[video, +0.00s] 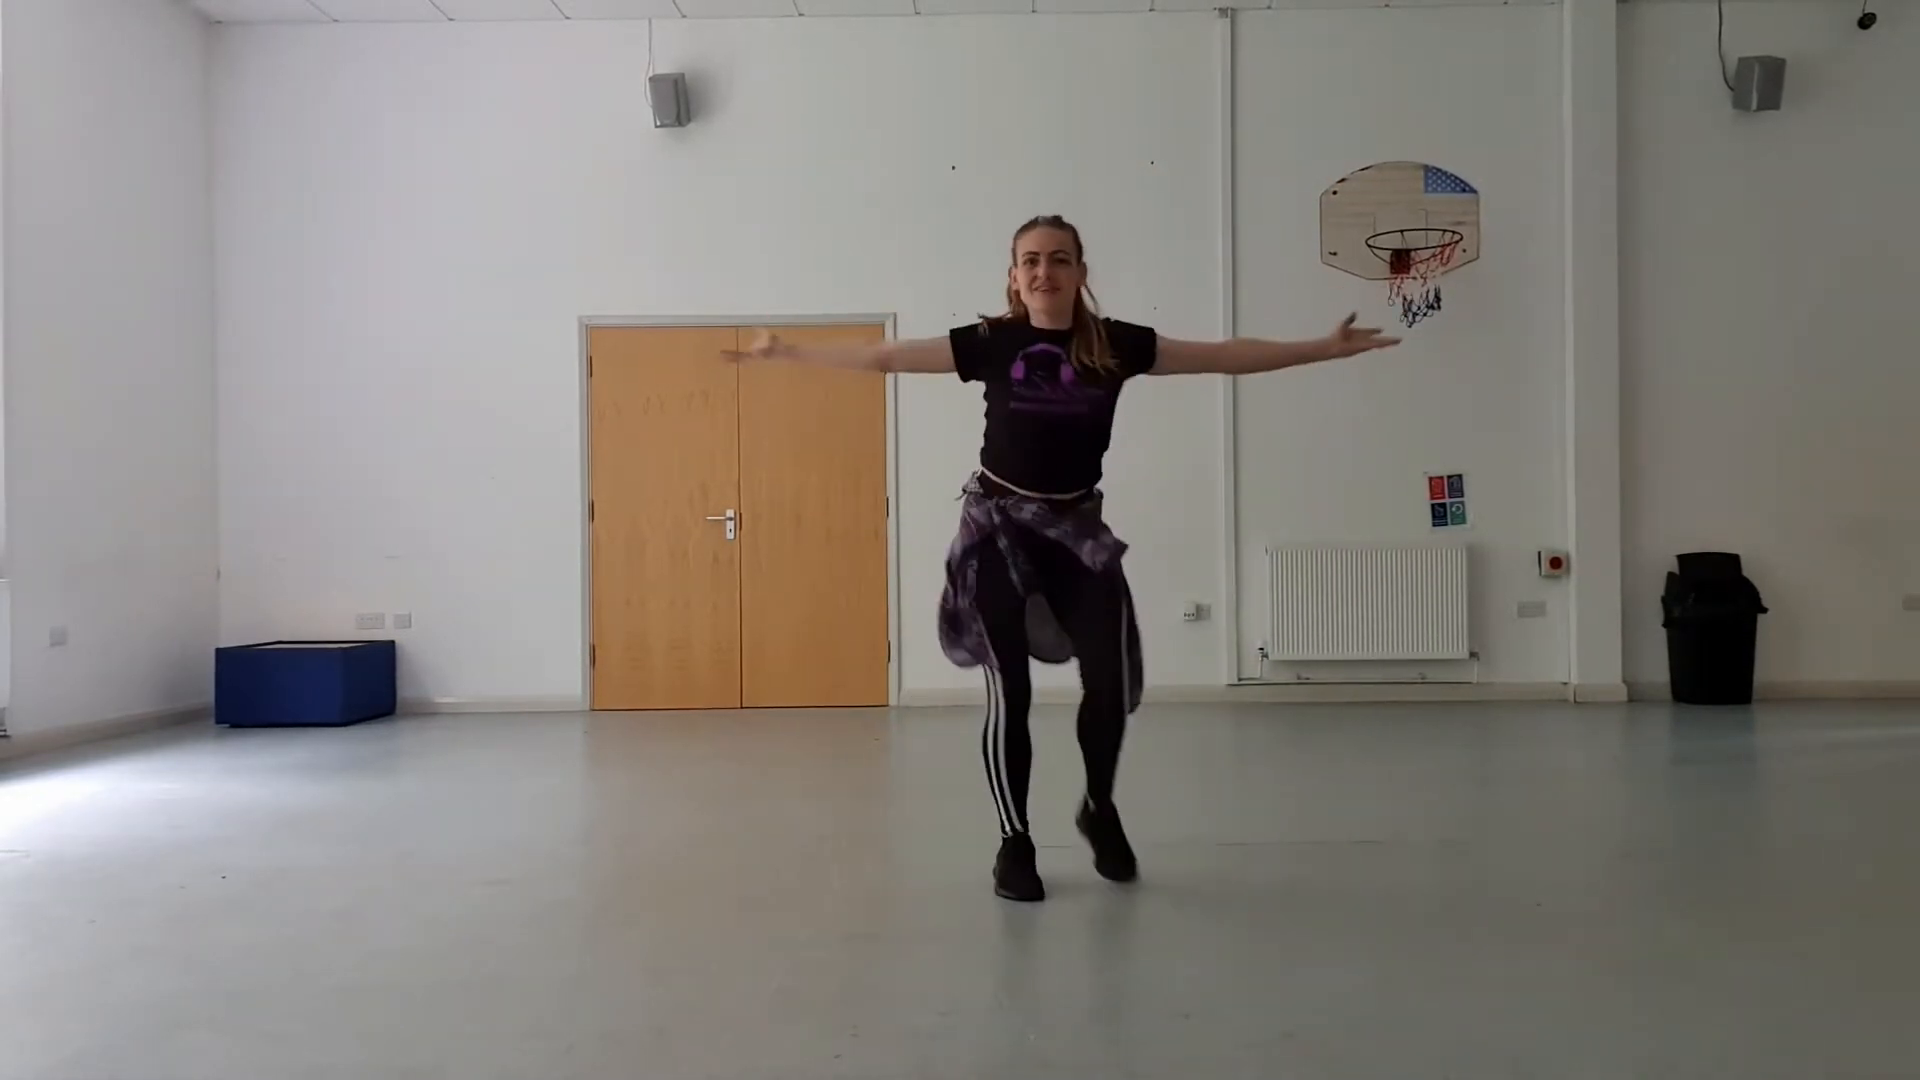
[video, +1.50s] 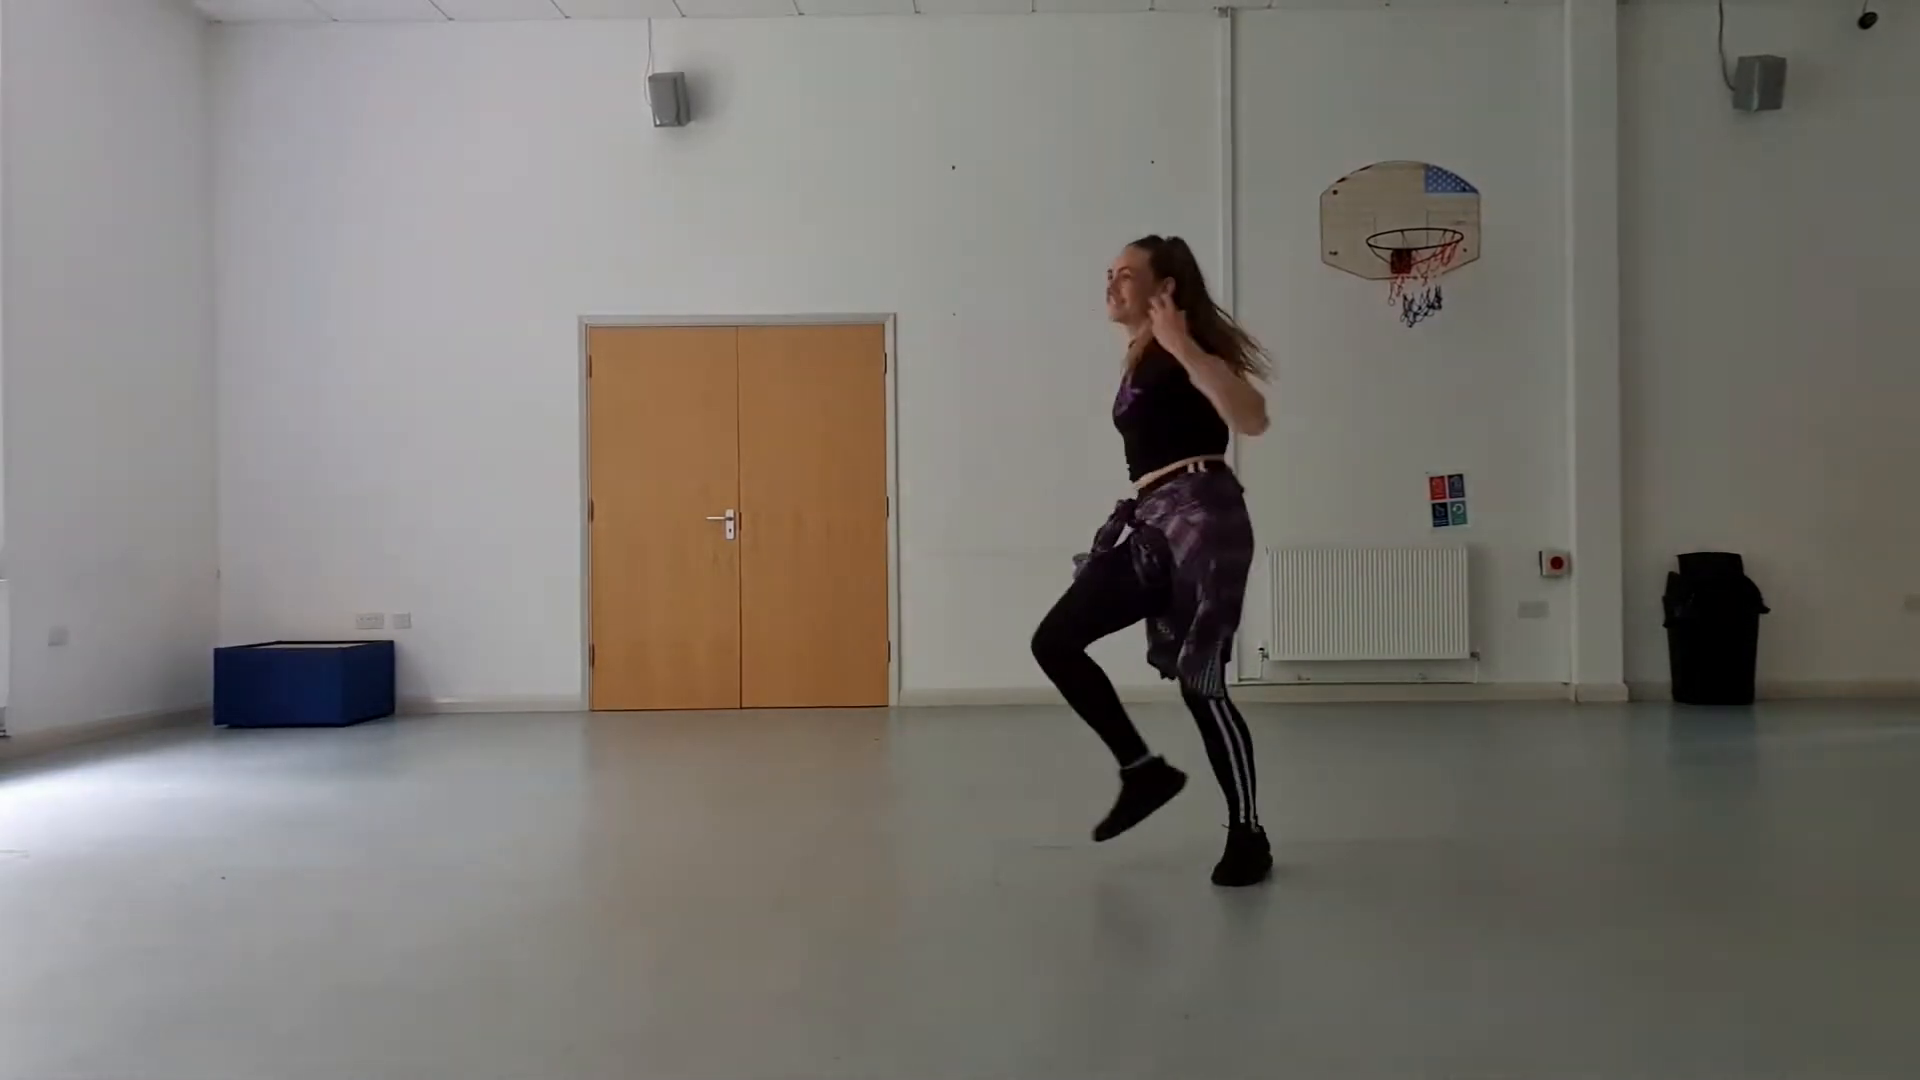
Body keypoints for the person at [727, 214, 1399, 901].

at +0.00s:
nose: (1043, 272)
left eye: (1058, 260)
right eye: (1030, 261)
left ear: (1082, 272)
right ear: (1012, 277)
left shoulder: (1118, 346)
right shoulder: (988, 345)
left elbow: (1230, 356)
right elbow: (883, 357)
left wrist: (1328, 347)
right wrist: (786, 349)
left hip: (1078, 529)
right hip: (998, 526)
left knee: (1112, 680)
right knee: (1011, 684)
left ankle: (1099, 809)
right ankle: (1017, 843)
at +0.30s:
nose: (1043, 286)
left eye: (1056, 280)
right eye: (1031, 280)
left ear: (1074, 303)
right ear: (1013, 304)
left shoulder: (1101, 371)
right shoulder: (990, 371)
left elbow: (1185, 424)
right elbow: (913, 430)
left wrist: (1267, 462)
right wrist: (838, 462)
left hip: (1076, 537)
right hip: (1004, 536)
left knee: (1064, 684)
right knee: (1009, 684)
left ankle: (1054, 794)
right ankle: (1007, 831)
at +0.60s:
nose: (1035, 283)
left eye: (1047, 275)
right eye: (1024, 276)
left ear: (1067, 293)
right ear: (1007, 297)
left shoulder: (1088, 364)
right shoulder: (982, 358)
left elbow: (1107, 434)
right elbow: (931, 433)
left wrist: (1123, 471)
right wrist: (897, 515)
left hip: (1072, 527)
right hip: (1000, 527)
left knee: (1064, 674)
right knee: (981, 668)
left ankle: (1052, 796)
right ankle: (989, 772)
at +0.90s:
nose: (996, 285)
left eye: (1011, 279)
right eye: (993, 278)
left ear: (1044, 298)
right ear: (989, 297)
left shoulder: (1062, 354)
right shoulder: (978, 360)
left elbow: (1157, 379)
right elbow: (985, 426)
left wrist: (1084, 419)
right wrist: (972, 475)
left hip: (1066, 516)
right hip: (1004, 523)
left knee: (1092, 652)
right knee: (996, 665)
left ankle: (1146, 777)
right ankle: (1001, 793)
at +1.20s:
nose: (1080, 309)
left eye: (1093, 300)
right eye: (1083, 299)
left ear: (1132, 307)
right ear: (1130, 310)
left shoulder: (1110, 351)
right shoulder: (1148, 375)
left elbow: (1030, 338)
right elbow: (1151, 481)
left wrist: (945, 316)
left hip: (1097, 533)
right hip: (1081, 532)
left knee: (1132, 695)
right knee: (1028, 669)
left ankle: (1231, 830)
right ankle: (1017, 800)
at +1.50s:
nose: (1110, 288)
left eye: (1123, 278)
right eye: (1111, 278)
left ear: (1163, 288)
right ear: (1140, 293)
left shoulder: (1200, 344)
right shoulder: (1141, 355)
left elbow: (1252, 419)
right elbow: (1162, 447)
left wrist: (1179, 345)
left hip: (1204, 518)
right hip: (1149, 524)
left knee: (1202, 682)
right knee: (1054, 643)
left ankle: (1246, 833)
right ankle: (1141, 770)